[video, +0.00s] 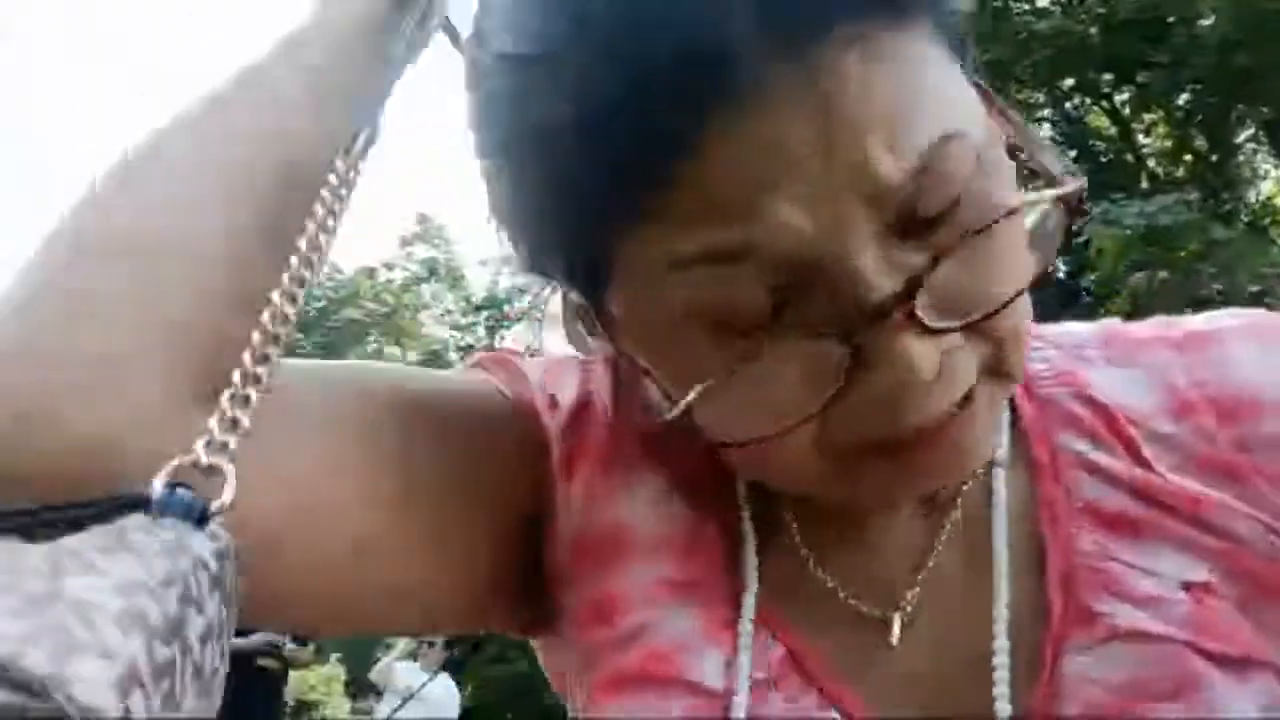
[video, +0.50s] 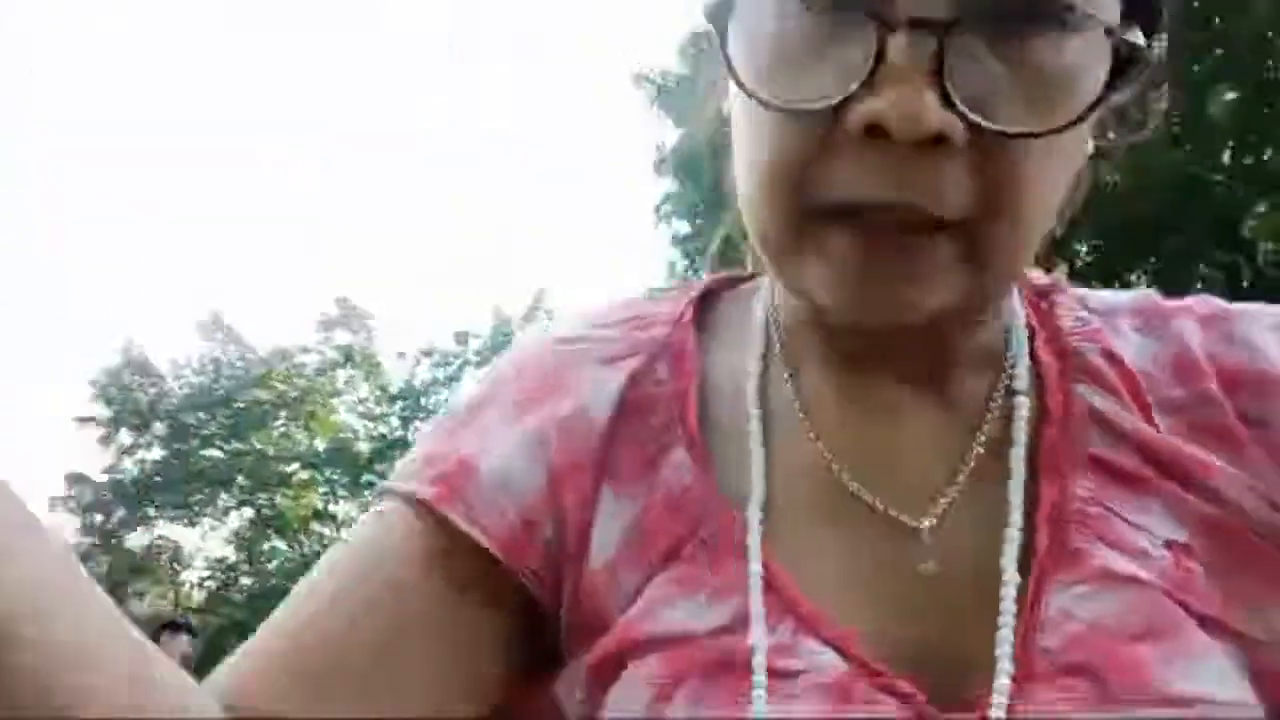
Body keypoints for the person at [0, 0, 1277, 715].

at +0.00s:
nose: (897, 347)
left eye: (931, 212)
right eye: (751, 309)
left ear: (1006, 121)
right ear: (604, 328)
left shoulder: (1258, 420)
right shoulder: (577, 481)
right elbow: (54, 437)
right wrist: (382, 5)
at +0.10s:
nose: (975, 388)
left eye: (1015, 239)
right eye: (819, 328)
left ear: (1062, 145)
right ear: (610, 312)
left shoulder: (1258, 434)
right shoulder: (572, 515)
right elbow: (47, 520)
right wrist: (312, 151)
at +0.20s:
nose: (953, 351)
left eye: (1017, 201)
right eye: (816, 245)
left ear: (1088, 146)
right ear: (619, 228)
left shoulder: (1263, 428)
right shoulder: (480, 559)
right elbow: (58, 680)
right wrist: (239, 219)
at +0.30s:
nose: (953, 296)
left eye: (1032, 157)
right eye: (819, 194)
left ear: (1112, 110)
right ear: (655, 189)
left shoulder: (1257, 425)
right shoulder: (530, 544)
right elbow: (122, 702)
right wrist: (203, 254)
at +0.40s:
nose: (930, 206)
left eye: (1026, 98)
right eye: (833, 96)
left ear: (1131, 103)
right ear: (711, 114)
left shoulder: (1253, 411)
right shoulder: (594, 476)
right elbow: (270, 715)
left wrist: (49, 376)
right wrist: (55, 364)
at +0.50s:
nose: (902, 106)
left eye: (1011, 30)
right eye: (820, 11)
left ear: (1121, 81)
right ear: (722, 54)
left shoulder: (1256, 410)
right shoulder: (564, 432)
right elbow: (230, 708)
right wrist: (13, 532)